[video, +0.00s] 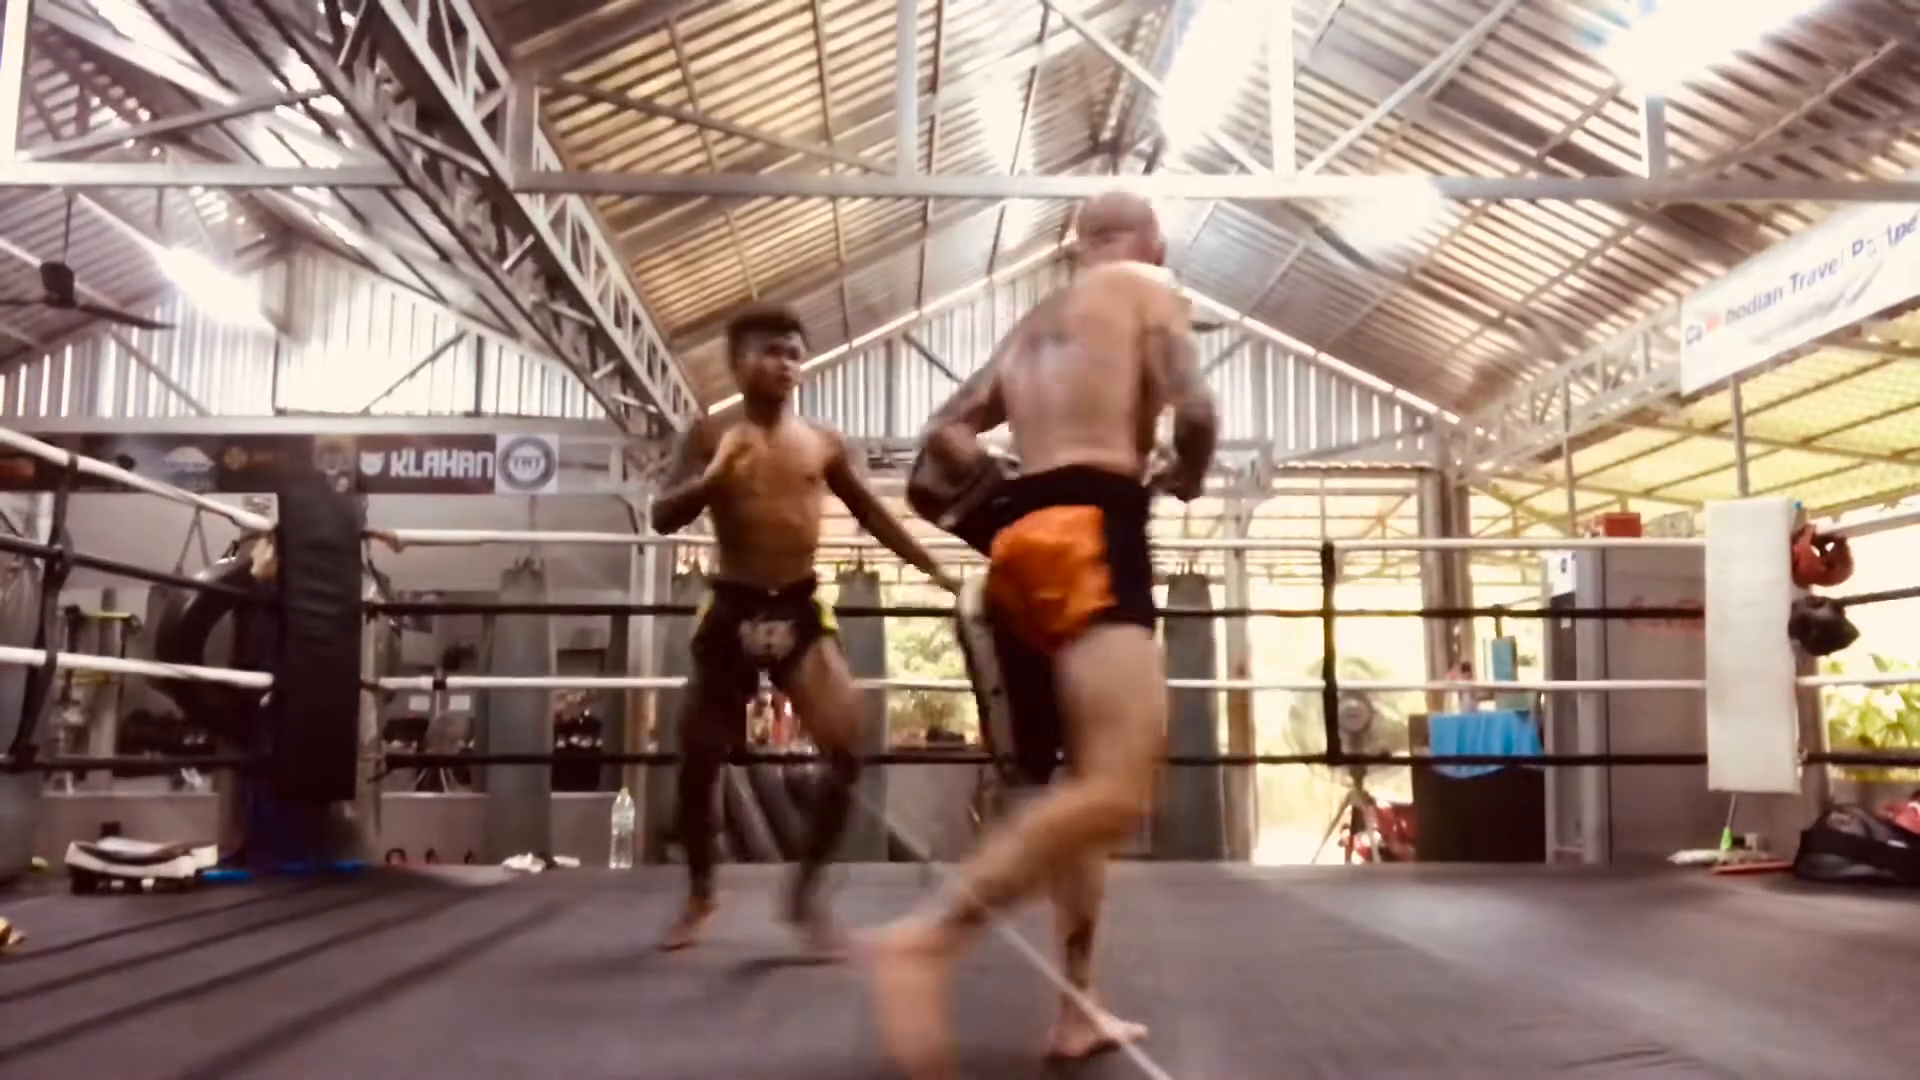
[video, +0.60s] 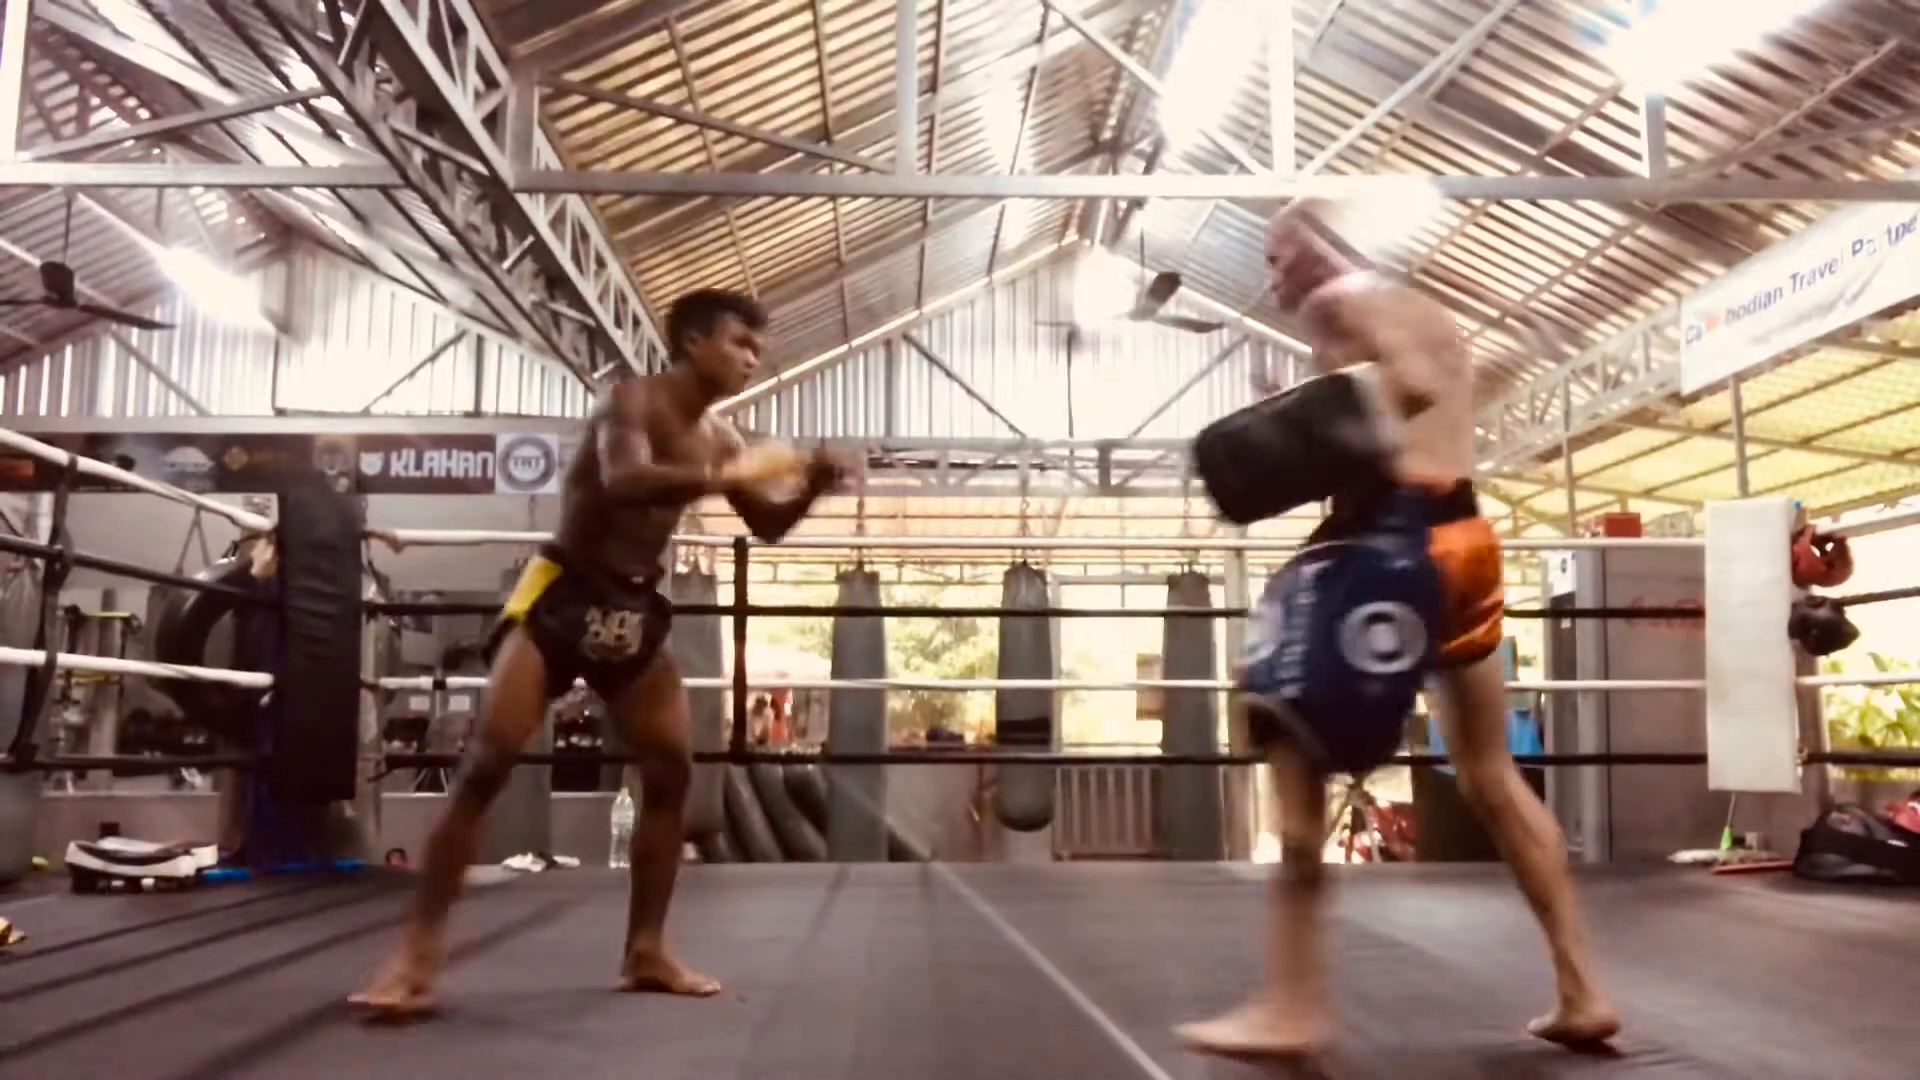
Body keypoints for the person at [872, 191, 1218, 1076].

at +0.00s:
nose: (1162, 252)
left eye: (1155, 240)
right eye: (1158, 240)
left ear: (1082, 244)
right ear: (1144, 237)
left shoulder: (1028, 326)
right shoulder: (1149, 289)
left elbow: (946, 432)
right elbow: (1196, 411)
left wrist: (1007, 500)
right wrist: (1184, 478)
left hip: (1016, 533)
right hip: (1091, 520)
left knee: (1080, 788)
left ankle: (1077, 1006)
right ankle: (921, 942)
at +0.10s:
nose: (1181, 240)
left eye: (1168, 226)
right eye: (1178, 227)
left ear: (1105, 237)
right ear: (1172, 231)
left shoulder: (1051, 320)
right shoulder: (1195, 286)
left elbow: (975, 416)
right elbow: (1244, 420)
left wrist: (1044, 476)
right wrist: (1190, 475)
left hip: (1066, 528)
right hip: (1152, 514)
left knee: (1091, 776)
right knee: (1241, 761)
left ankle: (1077, 1000)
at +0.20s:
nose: (1197, 231)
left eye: (1184, 217)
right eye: (1195, 217)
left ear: (1133, 230)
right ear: (1201, 225)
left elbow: (1006, 405)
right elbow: (1303, 420)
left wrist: (1073, 443)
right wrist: (1231, 450)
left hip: (1122, 525)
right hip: (1223, 512)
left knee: (1108, 773)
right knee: (1324, 739)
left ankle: (1080, 1001)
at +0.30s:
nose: (1187, 252)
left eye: (1179, 238)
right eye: (1217, 234)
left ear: (1173, 242)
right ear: (1232, 239)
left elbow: (1057, 412)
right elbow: (1360, 435)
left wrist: (1114, 448)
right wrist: (1286, 463)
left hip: (1183, 539)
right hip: (1287, 528)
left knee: (1131, 783)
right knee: (1392, 753)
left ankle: (1092, 1003)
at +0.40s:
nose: (1199, 288)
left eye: (1202, 274)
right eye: (1200, 278)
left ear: (1226, 255)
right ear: (1275, 253)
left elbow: (1186, 423)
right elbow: (1408, 452)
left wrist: (1138, 447)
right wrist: (1323, 470)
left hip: (1255, 553)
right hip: (1357, 542)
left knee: (1168, 789)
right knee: (1444, 781)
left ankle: (1112, 1006)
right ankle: (1559, 984)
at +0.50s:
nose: (1252, 302)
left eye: (1254, 286)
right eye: (1249, 289)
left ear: (1285, 266)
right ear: (1317, 261)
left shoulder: (1284, 322)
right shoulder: (1410, 334)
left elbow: (1298, 430)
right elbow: (1429, 461)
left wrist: (1214, 454)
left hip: (1333, 562)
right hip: (1431, 551)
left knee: (1230, 797)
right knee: (1470, 788)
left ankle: (1171, 1011)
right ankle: (1573, 999)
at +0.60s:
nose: (1286, 287)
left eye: (1288, 268)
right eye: (1280, 273)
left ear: (1317, 249)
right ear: (1350, 247)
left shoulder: (1338, 303)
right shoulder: (1436, 313)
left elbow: (1411, 386)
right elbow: (1454, 396)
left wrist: (1316, 422)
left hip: (1385, 547)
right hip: (1468, 538)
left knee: (1295, 755)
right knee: (1494, 776)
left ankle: (1292, 1002)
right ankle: (1582, 994)